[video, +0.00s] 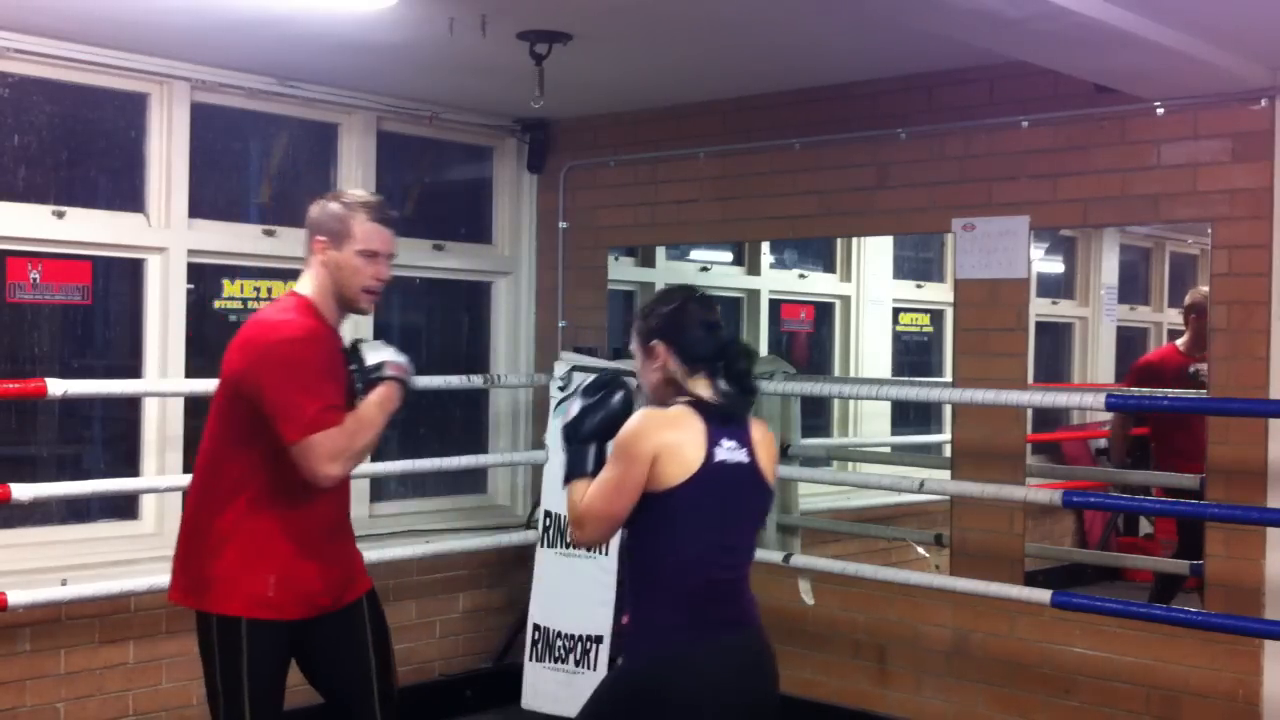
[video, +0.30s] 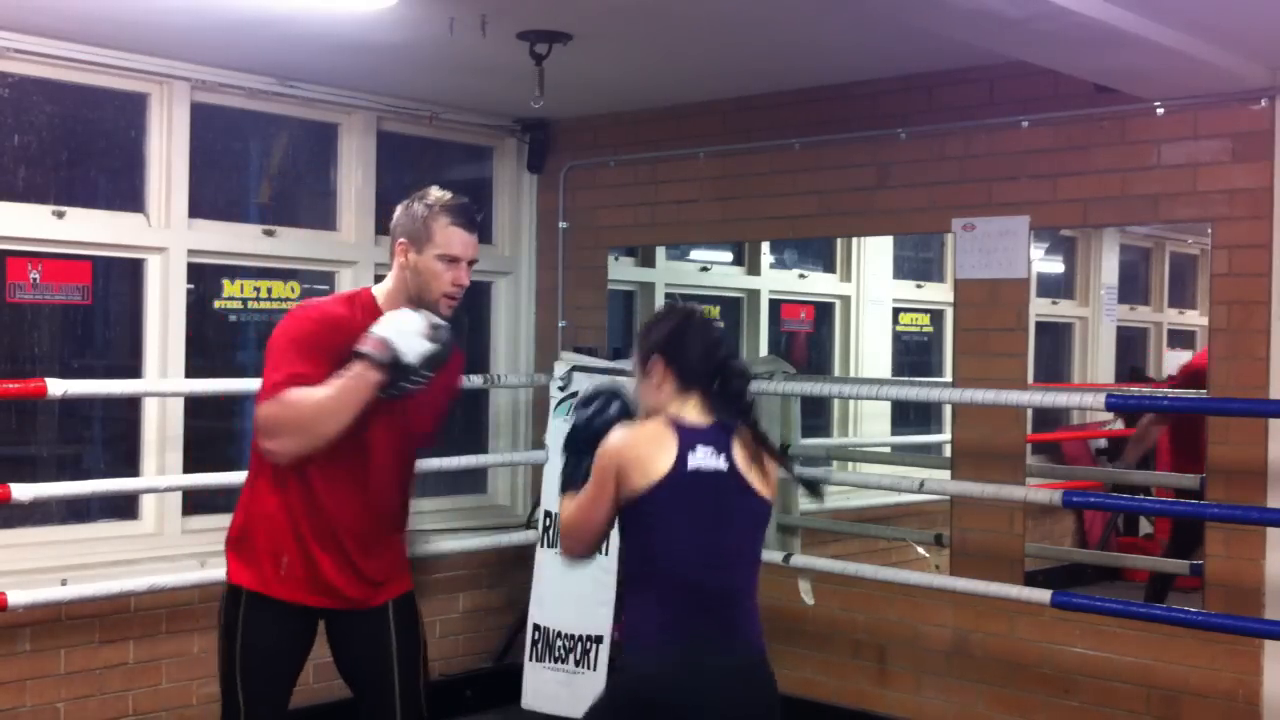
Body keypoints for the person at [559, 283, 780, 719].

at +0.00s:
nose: (638, 373)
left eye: (637, 360)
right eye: (634, 361)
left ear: (661, 355)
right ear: (712, 350)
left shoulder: (651, 427)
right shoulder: (762, 437)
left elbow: (585, 529)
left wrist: (580, 444)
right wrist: (631, 434)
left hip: (661, 665)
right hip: (744, 663)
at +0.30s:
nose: (637, 390)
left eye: (639, 375)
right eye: (637, 376)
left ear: (659, 371)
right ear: (715, 373)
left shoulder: (629, 443)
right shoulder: (761, 454)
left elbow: (575, 542)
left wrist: (577, 456)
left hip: (651, 684)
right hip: (742, 685)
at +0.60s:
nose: (559, 592)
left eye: (559, 581)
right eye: (556, 581)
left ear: (583, 583)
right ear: (631, 567)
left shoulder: (586, 634)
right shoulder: (689, 606)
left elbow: (566, 715)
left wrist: (532, 690)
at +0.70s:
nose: (567, 549)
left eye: (570, 536)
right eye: (566, 536)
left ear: (598, 537)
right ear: (644, 529)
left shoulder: (594, 594)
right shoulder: (696, 580)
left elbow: (555, 707)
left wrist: (531, 639)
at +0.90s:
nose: (591, 440)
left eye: (596, 425)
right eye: (592, 425)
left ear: (623, 432)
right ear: (672, 430)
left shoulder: (608, 490)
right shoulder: (714, 486)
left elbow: (558, 600)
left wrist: (542, 524)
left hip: (654, 698)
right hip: (741, 698)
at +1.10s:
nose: (608, 409)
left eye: (612, 397)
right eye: (608, 398)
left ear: (641, 396)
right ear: (690, 396)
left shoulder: (625, 454)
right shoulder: (730, 456)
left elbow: (570, 564)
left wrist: (555, 487)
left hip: (662, 681)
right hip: (750, 681)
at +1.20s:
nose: (604, 389)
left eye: (609, 377)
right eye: (605, 376)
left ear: (637, 389)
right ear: (685, 386)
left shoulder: (617, 452)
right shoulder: (728, 450)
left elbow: (564, 559)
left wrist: (552, 479)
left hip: (653, 679)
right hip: (742, 677)